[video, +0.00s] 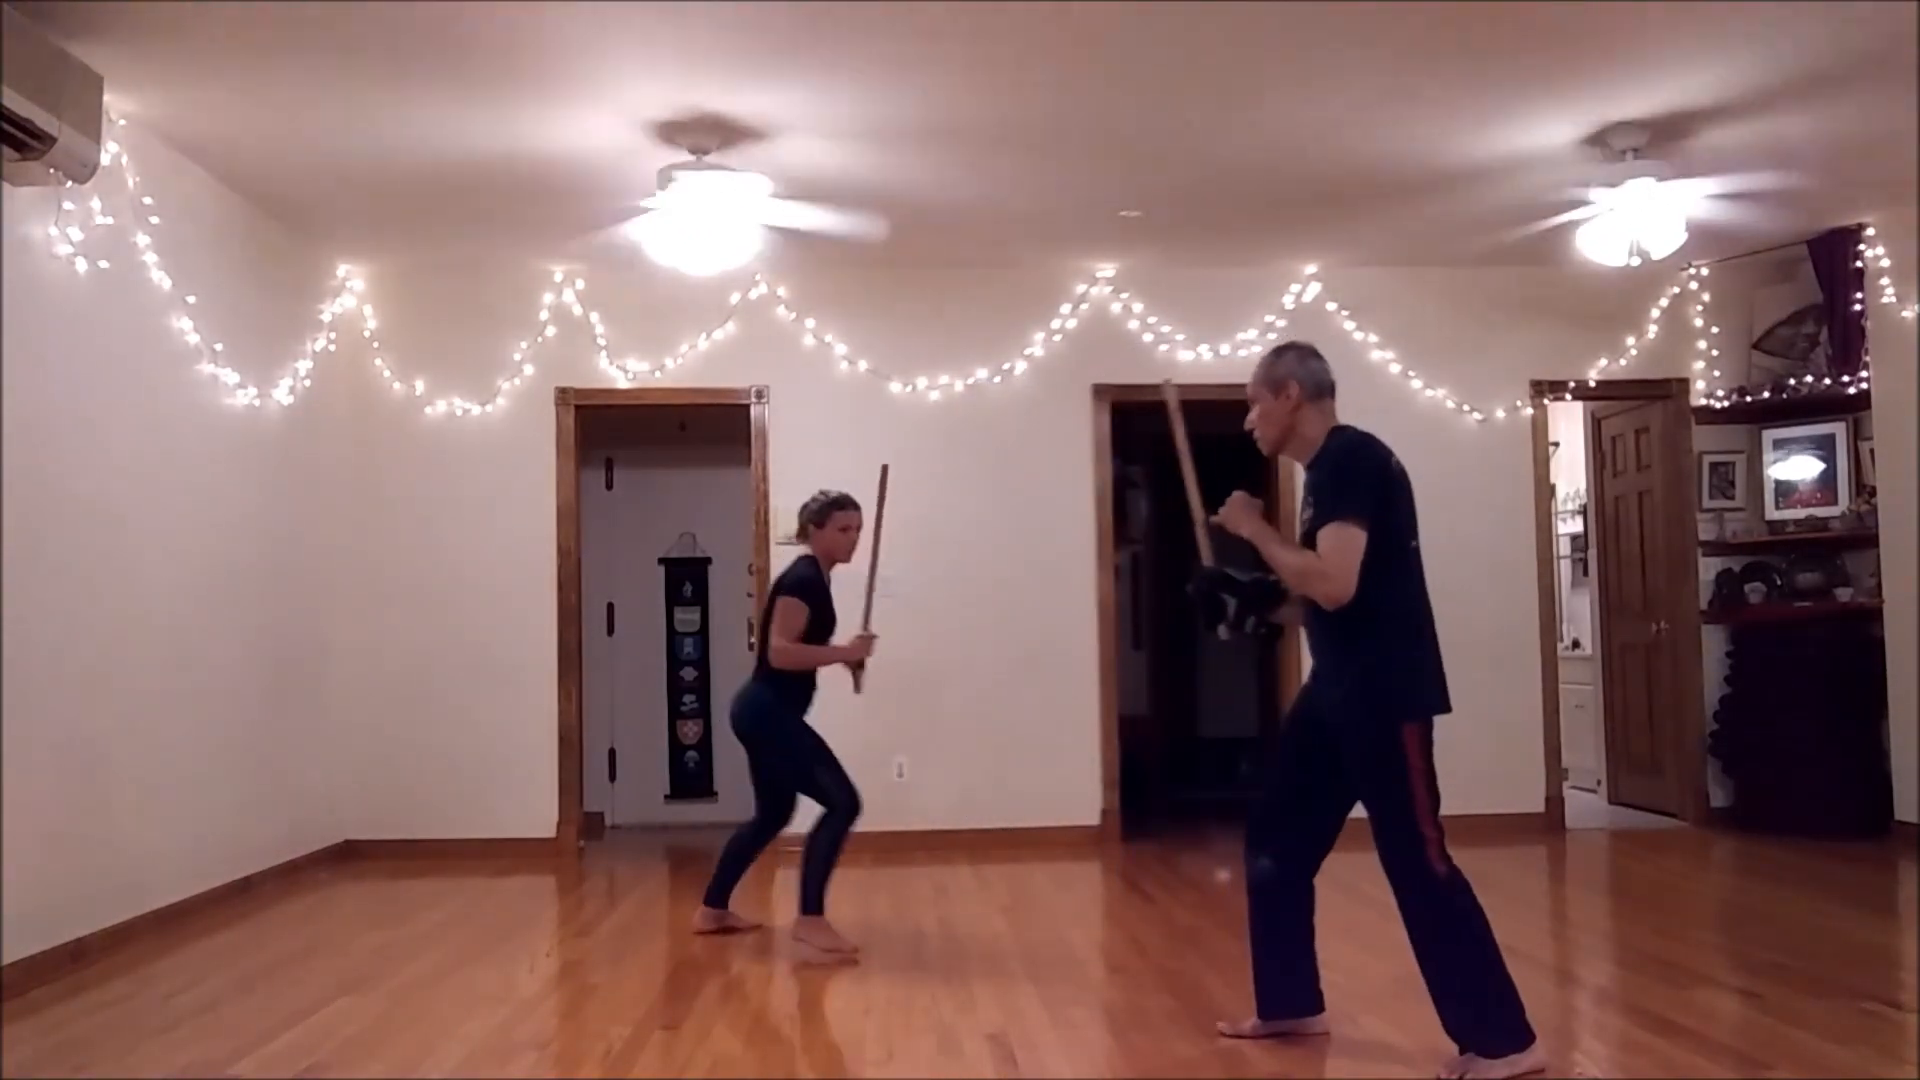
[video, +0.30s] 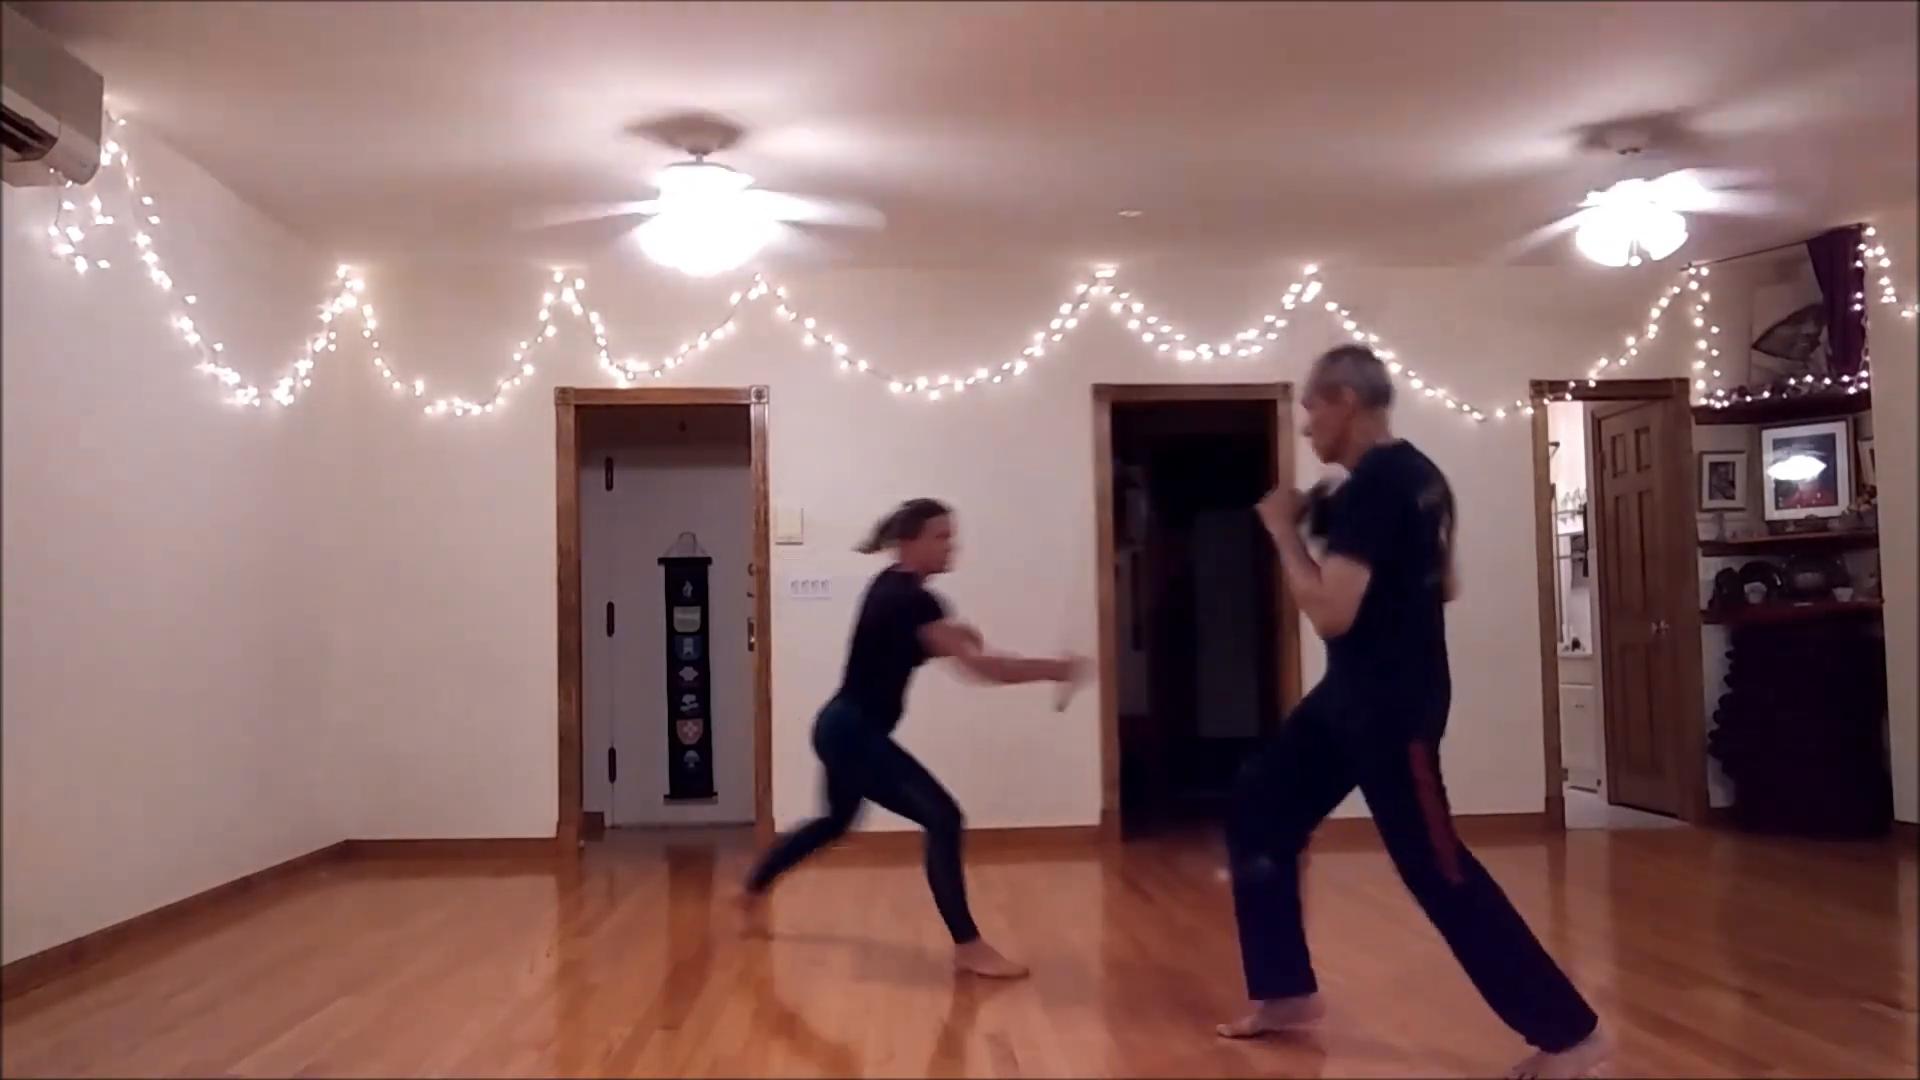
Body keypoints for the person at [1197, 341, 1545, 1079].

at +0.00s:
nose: (1250, 422)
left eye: (1255, 405)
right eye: (1249, 406)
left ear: (1292, 396)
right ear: (1298, 397)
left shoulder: (1352, 458)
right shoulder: (1323, 473)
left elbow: (1335, 582)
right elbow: (1333, 592)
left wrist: (1259, 532)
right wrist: (1270, 604)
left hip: (1386, 697)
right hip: (1338, 696)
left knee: (1420, 862)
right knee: (1277, 843)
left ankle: (1503, 1041)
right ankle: (1290, 1008)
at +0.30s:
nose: (1306, 421)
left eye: (1314, 406)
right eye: (1306, 407)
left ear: (1352, 405)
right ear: (1365, 405)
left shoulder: (1377, 482)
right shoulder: (1414, 473)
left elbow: (1332, 612)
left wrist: (1282, 531)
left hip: (1387, 702)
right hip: (1363, 695)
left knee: (1438, 867)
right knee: (1260, 813)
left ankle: (1570, 1032)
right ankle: (1285, 995)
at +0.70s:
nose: (1277, 441)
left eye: (1282, 430)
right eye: (1282, 430)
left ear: (1299, 435)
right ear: (1335, 439)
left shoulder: (1326, 501)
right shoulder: (1325, 501)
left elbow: (1279, 607)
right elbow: (1251, 579)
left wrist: (1263, 532)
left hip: (1344, 713)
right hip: (1314, 709)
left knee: (1407, 865)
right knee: (1238, 814)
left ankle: (1547, 1014)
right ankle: (1220, 954)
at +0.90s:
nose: (1194, 478)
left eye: (1197, 466)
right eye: (1194, 467)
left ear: (1218, 461)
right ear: (1239, 456)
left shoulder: (1267, 500)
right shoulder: (1241, 517)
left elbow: (1242, 601)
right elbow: (1191, 620)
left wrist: (1206, 546)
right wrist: (1113, 663)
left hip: (1309, 699)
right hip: (1269, 699)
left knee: (1304, 848)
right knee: (1208, 814)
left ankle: (1438, 964)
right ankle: (1216, 958)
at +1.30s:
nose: (1159, 473)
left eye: (1160, 459)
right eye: (1157, 461)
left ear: (1182, 450)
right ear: (1206, 450)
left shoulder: (1235, 488)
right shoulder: (1220, 507)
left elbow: (1208, 589)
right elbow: (1207, 634)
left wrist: (1181, 543)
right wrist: (1142, 691)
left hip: (1273, 690)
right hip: (1232, 692)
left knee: (1303, 834)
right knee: (1186, 816)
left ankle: (1400, 975)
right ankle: (1214, 959)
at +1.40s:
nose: (1157, 472)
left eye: (1158, 458)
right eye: (1155, 460)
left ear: (1178, 449)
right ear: (1205, 447)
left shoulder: (1236, 489)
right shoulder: (1220, 508)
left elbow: (1207, 588)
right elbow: (1210, 632)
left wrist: (1180, 539)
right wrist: (1146, 693)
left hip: (1274, 690)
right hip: (1233, 692)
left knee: (1305, 832)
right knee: (1184, 811)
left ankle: (1403, 978)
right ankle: (1215, 958)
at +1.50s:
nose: (1157, 470)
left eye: (1159, 456)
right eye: (1156, 458)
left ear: (1181, 447)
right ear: (1204, 446)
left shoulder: (1239, 490)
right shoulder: (1222, 507)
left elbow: (1208, 589)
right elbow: (1215, 628)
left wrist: (1178, 539)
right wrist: (1154, 694)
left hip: (1273, 691)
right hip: (1233, 692)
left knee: (1308, 834)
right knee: (1183, 811)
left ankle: (1404, 979)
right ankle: (1215, 959)